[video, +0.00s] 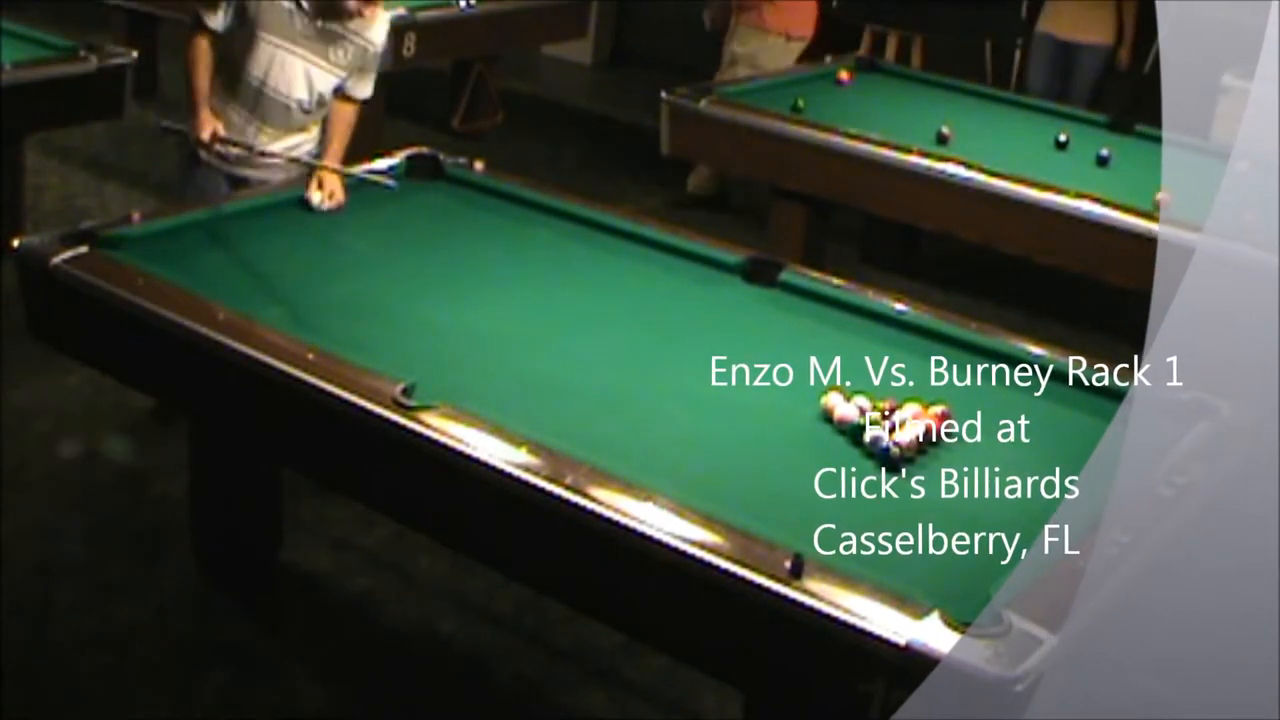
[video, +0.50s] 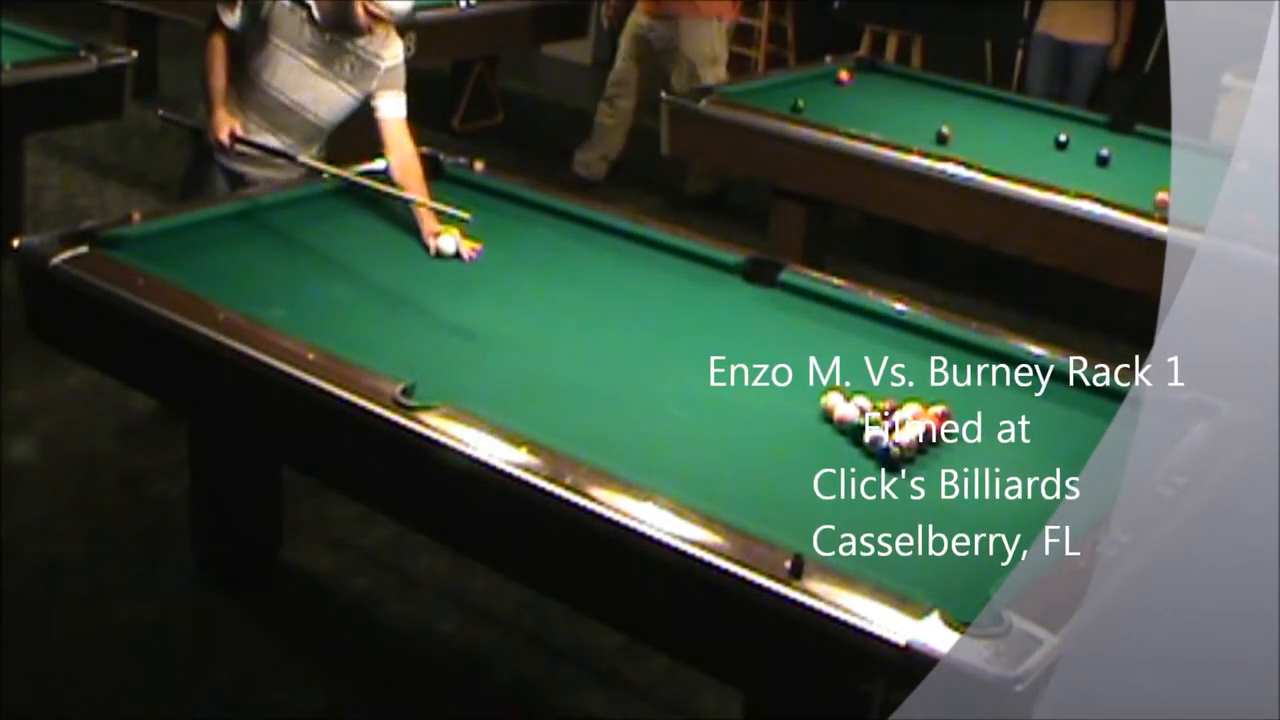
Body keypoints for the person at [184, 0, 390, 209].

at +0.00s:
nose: (369, 12)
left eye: (378, 5)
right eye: (364, 0)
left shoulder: (373, 27)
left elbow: (349, 98)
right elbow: (205, 29)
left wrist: (330, 166)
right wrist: (202, 111)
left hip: (285, 173)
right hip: (217, 155)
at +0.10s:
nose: (375, 20)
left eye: (386, 13)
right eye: (370, 8)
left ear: (394, 10)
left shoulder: (379, 39)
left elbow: (360, 115)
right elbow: (212, 31)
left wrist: (354, 182)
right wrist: (209, 113)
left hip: (290, 174)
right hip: (221, 155)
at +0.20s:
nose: (377, 24)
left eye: (388, 19)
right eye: (374, 11)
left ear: (395, 18)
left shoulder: (383, 47)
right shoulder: (273, 6)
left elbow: (380, 135)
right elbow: (217, 32)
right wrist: (214, 114)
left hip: (294, 174)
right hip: (224, 153)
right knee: (198, 259)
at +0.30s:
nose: (382, 31)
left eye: (393, 25)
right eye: (378, 17)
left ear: (402, 23)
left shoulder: (387, 53)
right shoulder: (280, 7)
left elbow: (396, 142)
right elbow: (219, 31)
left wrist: (422, 215)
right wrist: (217, 114)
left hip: (288, 178)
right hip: (224, 156)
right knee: (193, 259)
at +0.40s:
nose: (378, 33)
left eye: (389, 28)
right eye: (375, 18)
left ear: (400, 25)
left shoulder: (388, 56)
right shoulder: (282, 7)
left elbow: (401, 146)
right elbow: (221, 32)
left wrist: (428, 221)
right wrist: (219, 111)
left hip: (286, 173)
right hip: (224, 149)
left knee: (260, 269)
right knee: (192, 253)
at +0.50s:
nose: (375, 30)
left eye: (386, 25)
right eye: (371, 16)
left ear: (397, 24)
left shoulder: (386, 52)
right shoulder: (280, 6)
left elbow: (399, 144)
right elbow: (220, 29)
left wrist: (430, 225)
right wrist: (218, 108)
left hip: (287, 175)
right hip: (224, 153)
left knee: (258, 273)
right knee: (188, 256)